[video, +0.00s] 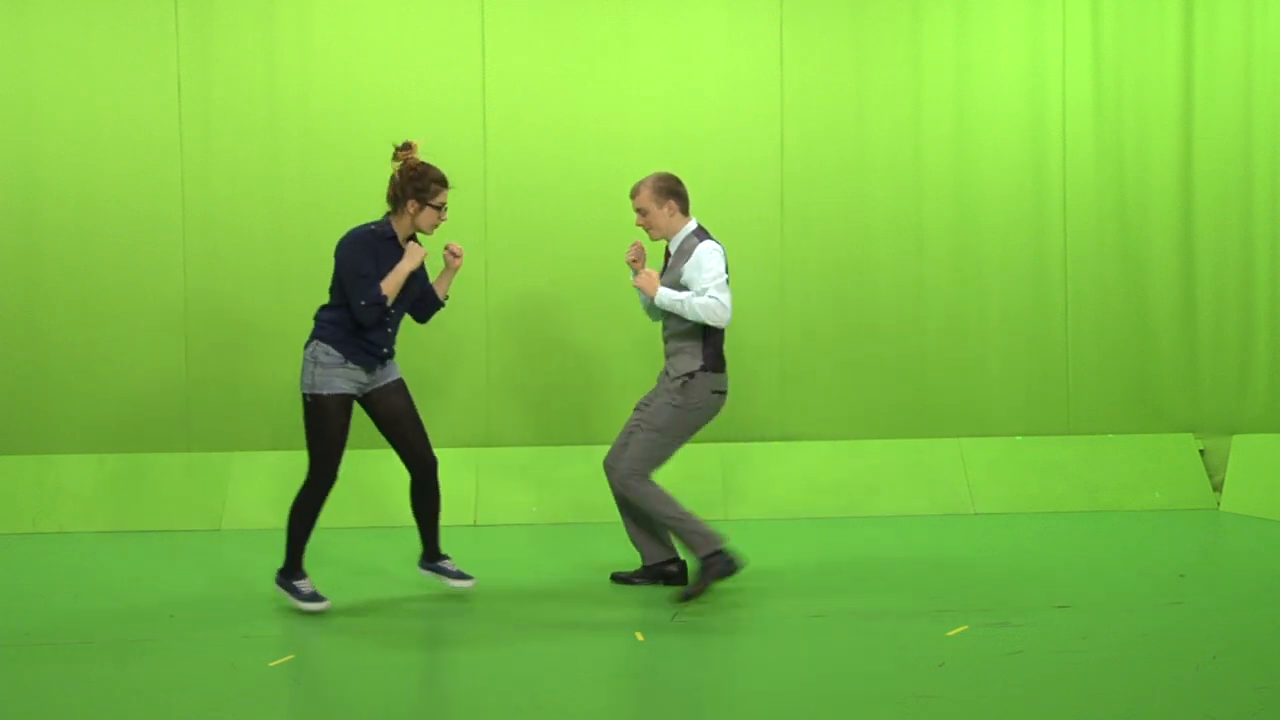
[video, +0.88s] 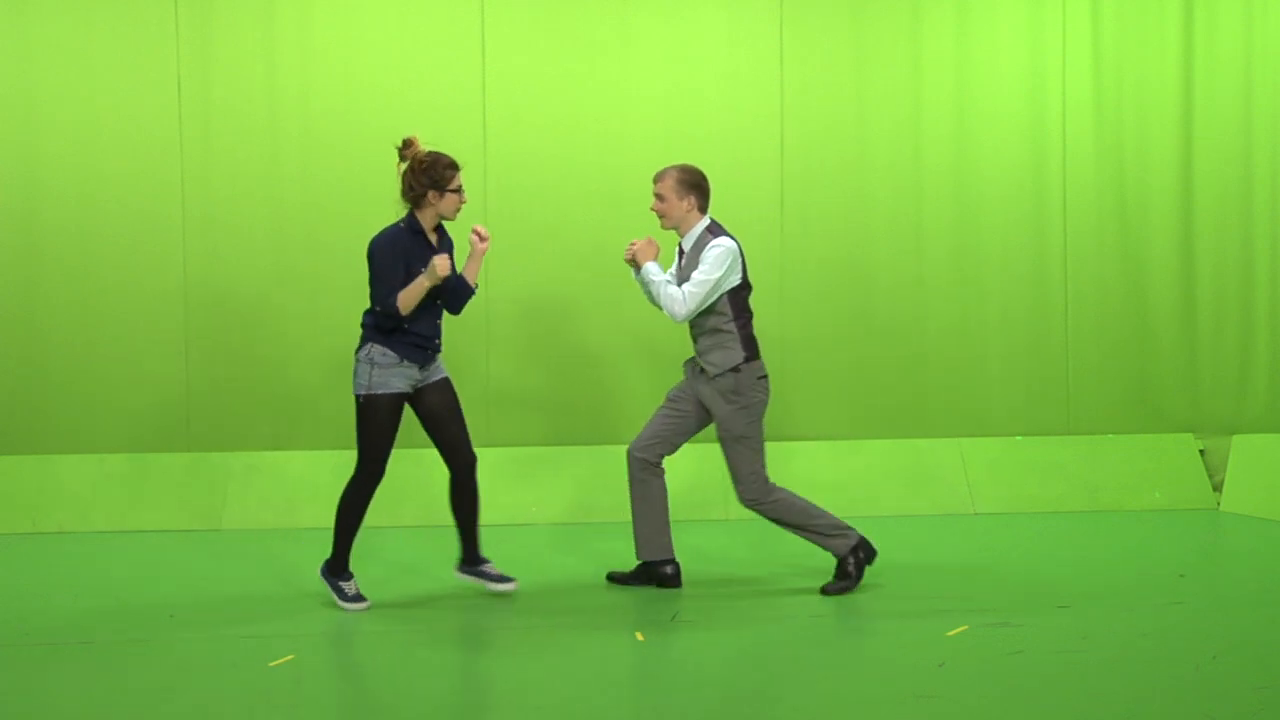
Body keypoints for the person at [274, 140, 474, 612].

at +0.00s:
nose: (443, 217)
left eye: (444, 209)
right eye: (438, 209)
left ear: (412, 205)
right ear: (410, 205)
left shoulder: (408, 252)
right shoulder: (358, 244)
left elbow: (423, 310)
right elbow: (367, 310)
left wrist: (450, 273)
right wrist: (406, 266)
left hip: (379, 367)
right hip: (332, 361)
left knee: (423, 462)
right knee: (323, 472)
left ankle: (432, 556)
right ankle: (290, 571)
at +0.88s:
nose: (463, 199)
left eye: (462, 191)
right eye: (457, 192)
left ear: (439, 195)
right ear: (431, 196)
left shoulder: (441, 239)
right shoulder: (388, 243)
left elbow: (455, 302)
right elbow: (391, 309)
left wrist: (475, 257)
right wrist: (429, 279)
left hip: (427, 364)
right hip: (383, 362)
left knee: (463, 460)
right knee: (370, 470)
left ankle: (472, 559)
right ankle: (336, 567)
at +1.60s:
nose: (503, 226)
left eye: (500, 219)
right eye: (494, 220)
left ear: (474, 232)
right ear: (470, 231)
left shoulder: (484, 277)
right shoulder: (434, 281)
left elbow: (505, 329)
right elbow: (462, 348)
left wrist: (510, 310)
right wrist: (492, 299)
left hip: (463, 398)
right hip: (420, 395)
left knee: (526, 477)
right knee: (384, 492)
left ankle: (529, 570)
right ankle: (337, 581)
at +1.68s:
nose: (506, 224)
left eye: (504, 217)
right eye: (499, 218)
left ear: (478, 228)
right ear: (475, 228)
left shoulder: (489, 272)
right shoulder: (449, 279)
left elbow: (498, 322)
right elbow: (482, 341)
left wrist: (523, 303)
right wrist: (512, 295)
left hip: (478, 400)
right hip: (436, 398)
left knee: (533, 479)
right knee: (400, 496)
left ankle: (525, 571)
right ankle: (338, 579)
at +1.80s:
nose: (517, 215)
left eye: (515, 207)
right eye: (509, 209)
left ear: (487, 215)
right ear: (485, 217)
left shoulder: (494, 258)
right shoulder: (465, 270)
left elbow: (532, 269)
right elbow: (475, 337)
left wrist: (558, 242)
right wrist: (524, 305)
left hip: (496, 386)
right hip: (468, 390)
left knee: (532, 477)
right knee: (503, 491)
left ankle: (525, 571)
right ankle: (409, 538)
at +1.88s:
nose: (523, 215)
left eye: (522, 208)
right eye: (517, 209)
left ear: (496, 213)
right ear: (490, 214)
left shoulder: (504, 251)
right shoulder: (465, 265)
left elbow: (550, 243)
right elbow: (464, 334)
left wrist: (580, 208)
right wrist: (518, 315)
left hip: (487, 375)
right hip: (477, 377)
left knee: (525, 472)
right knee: (573, 427)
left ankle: (524, 571)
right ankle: (503, 498)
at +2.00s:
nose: (534, 220)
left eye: (532, 213)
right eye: (527, 215)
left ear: (505, 220)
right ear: (501, 221)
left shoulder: (514, 253)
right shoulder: (470, 270)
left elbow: (561, 239)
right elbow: (470, 335)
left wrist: (584, 195)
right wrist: (526, 315)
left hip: (500, 371)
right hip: (485, 372)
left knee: (531, 473)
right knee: (587, 332)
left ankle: (524, 571)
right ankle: (654, 412)